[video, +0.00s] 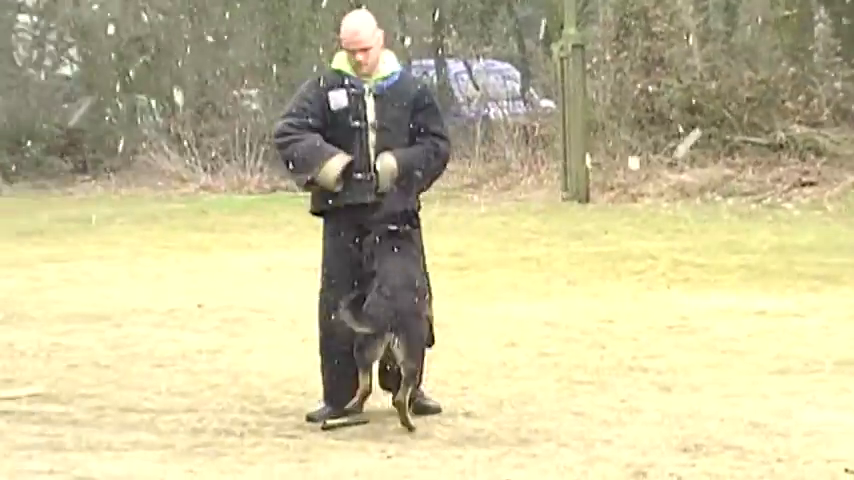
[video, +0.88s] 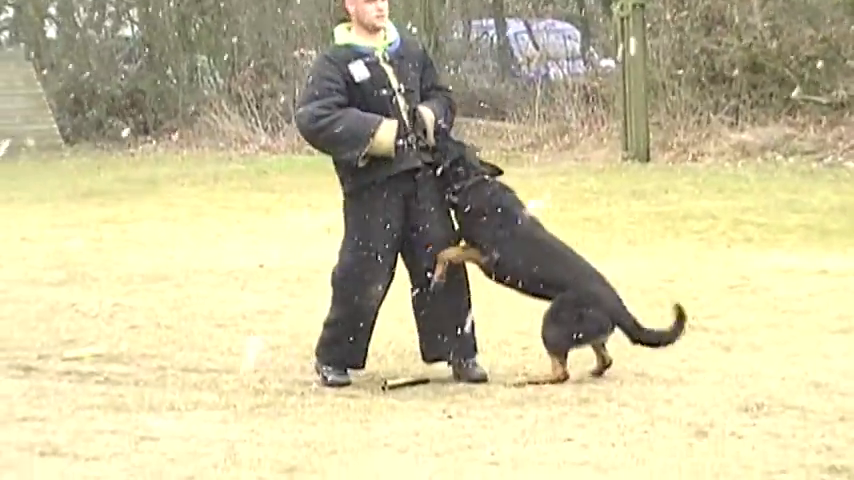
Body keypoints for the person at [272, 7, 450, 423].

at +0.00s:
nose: (357, 58)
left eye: (363, 49)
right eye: (350, 51)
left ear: (382, 42)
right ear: (341, 49)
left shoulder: (412, 90)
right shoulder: (325, 87)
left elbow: (438, 148)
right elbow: (288, 133)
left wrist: (399, 164)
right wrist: (328, 162)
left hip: (397, 219)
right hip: (342, 219)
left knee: (408, 300)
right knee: (338, 305)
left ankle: (408, 386)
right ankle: (342, 399)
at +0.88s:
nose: (379, 7)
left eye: (382, 1)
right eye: (369, 1)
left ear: (388, 5)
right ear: (349, 7)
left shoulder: (410, 51)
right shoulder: (335, 61)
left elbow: (441, 95)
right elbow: (314, 118)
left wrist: (430, 114)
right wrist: (376, 132)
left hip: (423, 178)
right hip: (373, 185)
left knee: (442, 263)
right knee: (365, 272)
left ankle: (461, 354)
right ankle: (335, 358)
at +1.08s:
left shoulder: (409, 31)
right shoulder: (329, 36)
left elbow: (438, 78)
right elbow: (309, 91)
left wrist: (440, 104)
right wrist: (371, 104)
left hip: (421, 154)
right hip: (370, 160)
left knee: (440, 240)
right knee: (364, 247)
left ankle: (457, 331)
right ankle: (326, 330)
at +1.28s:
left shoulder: (415, 19)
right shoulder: (335, 18)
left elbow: (441, 67)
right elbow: (306, 69)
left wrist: (435, 85)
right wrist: (362, 95)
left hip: (417, 143)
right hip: (364, 146)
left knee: (432, 230)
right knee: (353, 234)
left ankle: (449, 321)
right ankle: (321, 319)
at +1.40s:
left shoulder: (407, 22)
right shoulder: (323, 18)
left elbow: (438, 75)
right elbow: (298, 70)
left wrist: (422, 99)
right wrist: (353, 88)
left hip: (407, 143)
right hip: (353, 142)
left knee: (423, 231)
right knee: (345, 234)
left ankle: (438, 318)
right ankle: (312, 318)